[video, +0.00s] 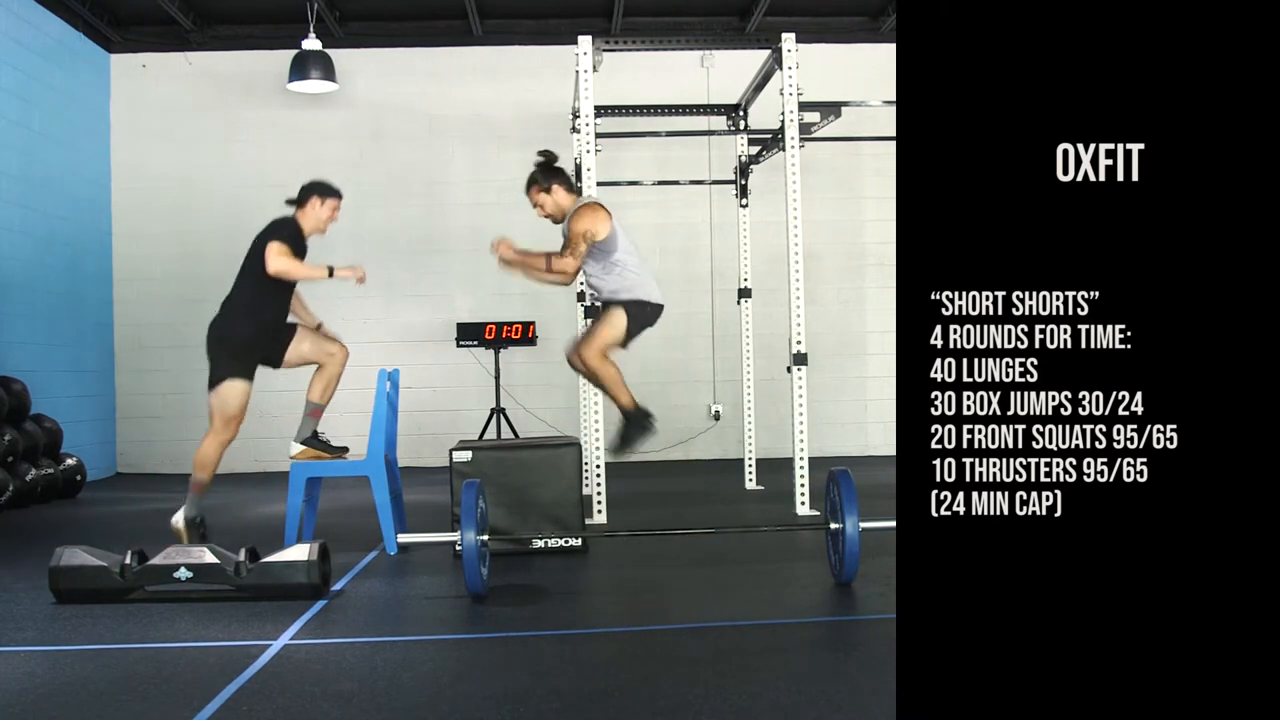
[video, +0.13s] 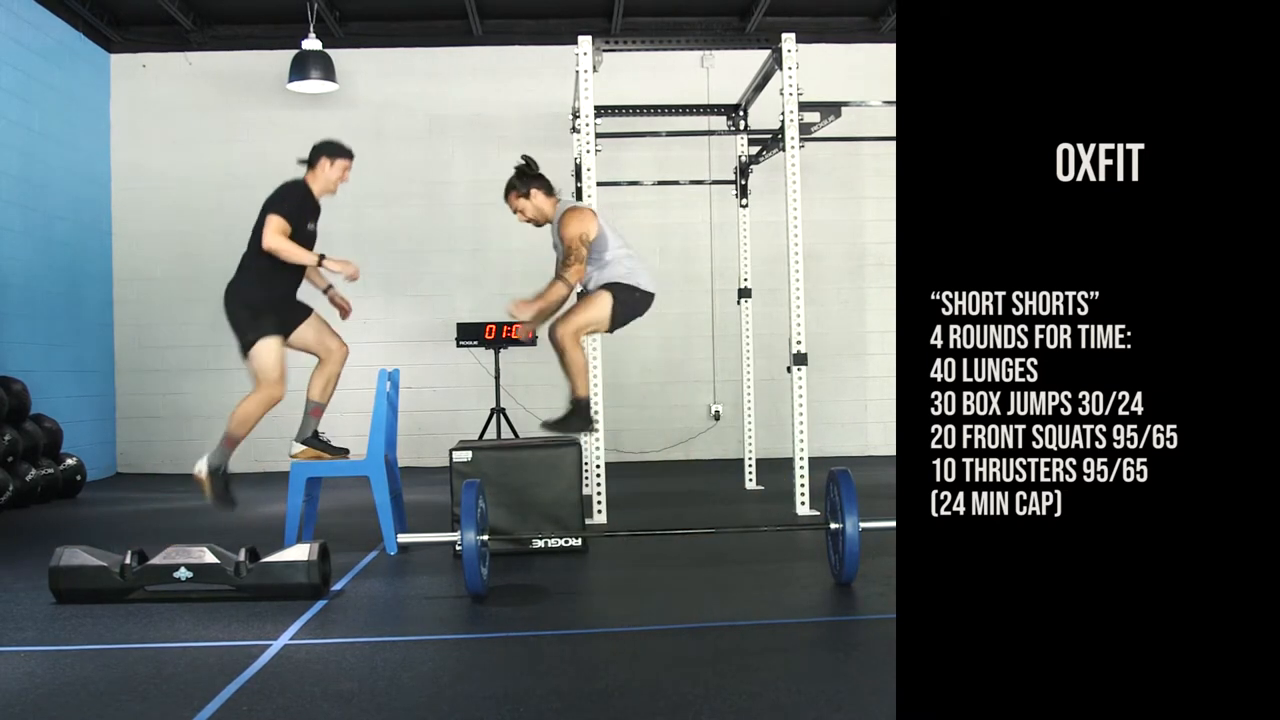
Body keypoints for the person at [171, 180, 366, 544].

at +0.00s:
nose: (335, 219)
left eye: (337, 212)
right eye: (333, 210)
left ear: (315, 206)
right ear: (313, 204)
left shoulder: (296, 242)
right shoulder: (283, 229)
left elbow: (288, 295)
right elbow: (275, 265)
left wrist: (317, 328)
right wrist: (335, 271)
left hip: (266, 335)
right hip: (234, 336)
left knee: (335, 353)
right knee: (223, 430)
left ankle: (306, 438)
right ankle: (189, 513)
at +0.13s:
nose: (346, 179)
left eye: (348, 172)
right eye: (344, 171)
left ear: (326, 167)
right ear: (324, 165)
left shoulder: (309, 207)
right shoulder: (293, 194)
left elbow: (300, 260)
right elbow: (271, 241)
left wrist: (330, 293)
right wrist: (326, 261)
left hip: (281, 302)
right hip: (251, 298)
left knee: (335, 351)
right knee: (271, 389)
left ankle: (307, 438)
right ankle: (214, 465)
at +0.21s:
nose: (347, 156)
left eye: (349, 149)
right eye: (345, 147)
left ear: (331, 144)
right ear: (325, 141)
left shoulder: (315, 182)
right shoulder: (291, 172)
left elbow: (306, 238)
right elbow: (269, 226)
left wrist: (327, 277)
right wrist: (309, 266)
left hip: (285, 278)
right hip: (258, 275)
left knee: (328, 347)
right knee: (301, 357)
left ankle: (307, 436)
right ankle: (240, 430)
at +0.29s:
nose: (347, 137)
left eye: (350, 131)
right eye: (344, 129)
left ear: (332, 126)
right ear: (325, 121)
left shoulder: (318, 163)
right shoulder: (292, 155)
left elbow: (306, 221)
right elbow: (268, 209)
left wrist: (324, 262)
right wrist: (285, 259)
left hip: (288, 259)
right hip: (264, 257)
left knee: (321, 342)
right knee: (310, 339)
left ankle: (305, 432)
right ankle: (272, 424)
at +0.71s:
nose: (348, 144)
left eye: (352, 139)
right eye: (347, 136)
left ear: (334, 132)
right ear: (327, 126)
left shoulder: (315, 166)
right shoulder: (290, 157)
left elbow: (299, 223)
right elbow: (263, 209)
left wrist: (313, 266)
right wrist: (284, 255)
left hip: (288, 265)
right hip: (262, 261)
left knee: (321, 345)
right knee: (303, 344)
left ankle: (306, 436)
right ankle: (253, 423)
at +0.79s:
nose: (347, 160)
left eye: (351, 154)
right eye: (346, 151)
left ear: (330, 145)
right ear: (328, 141)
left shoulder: (309, 179)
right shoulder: (289, 169)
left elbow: (290, 236)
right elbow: (261, 219)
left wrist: (304, 279)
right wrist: (296, 262)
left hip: (282, 276)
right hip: (254, 273)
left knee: (323, 346)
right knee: (283, 361)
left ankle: (306, 437)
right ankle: (224, 438)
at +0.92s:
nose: (339, 191)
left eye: (343, 185)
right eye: (338, 182)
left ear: (322, 174)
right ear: (320, 171)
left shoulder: (297, 207)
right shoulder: (283, 196)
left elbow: (267, 254)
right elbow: (258, 242)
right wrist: (303, 279)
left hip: (270, 306)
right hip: (240, 303)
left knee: (328, 348)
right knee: (238, 398)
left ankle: (307, 436)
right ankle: (192, 484)